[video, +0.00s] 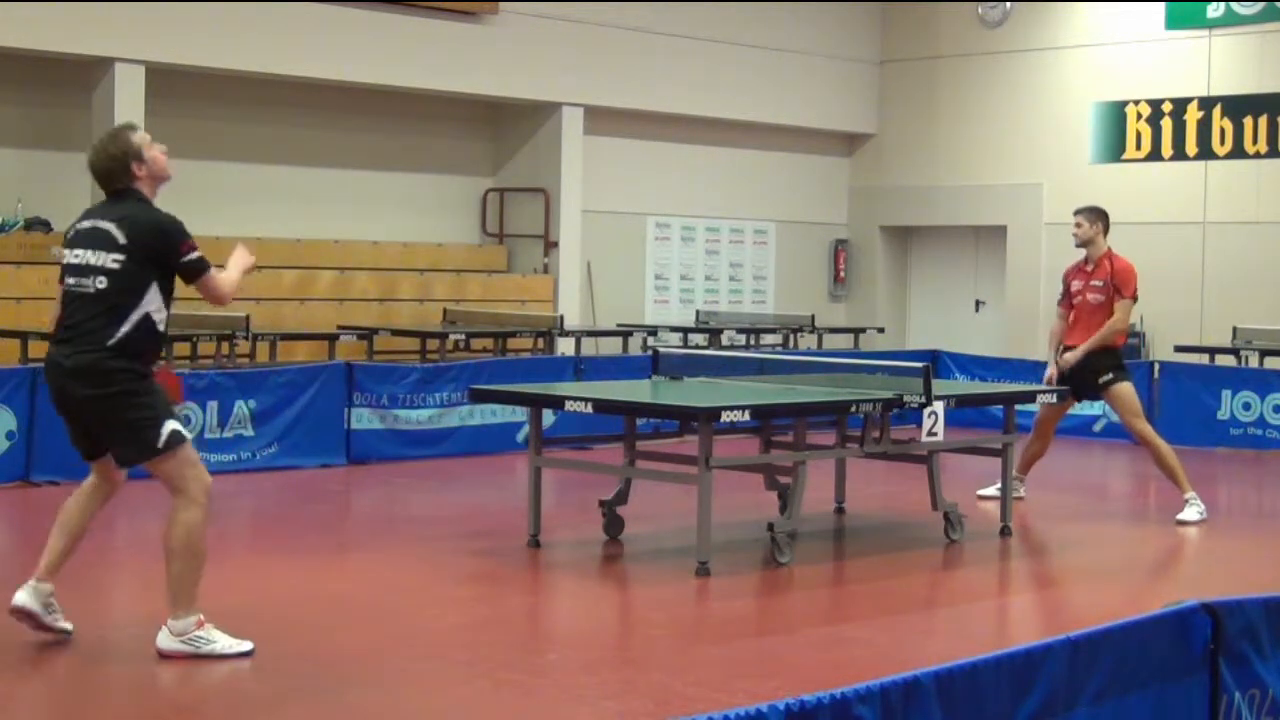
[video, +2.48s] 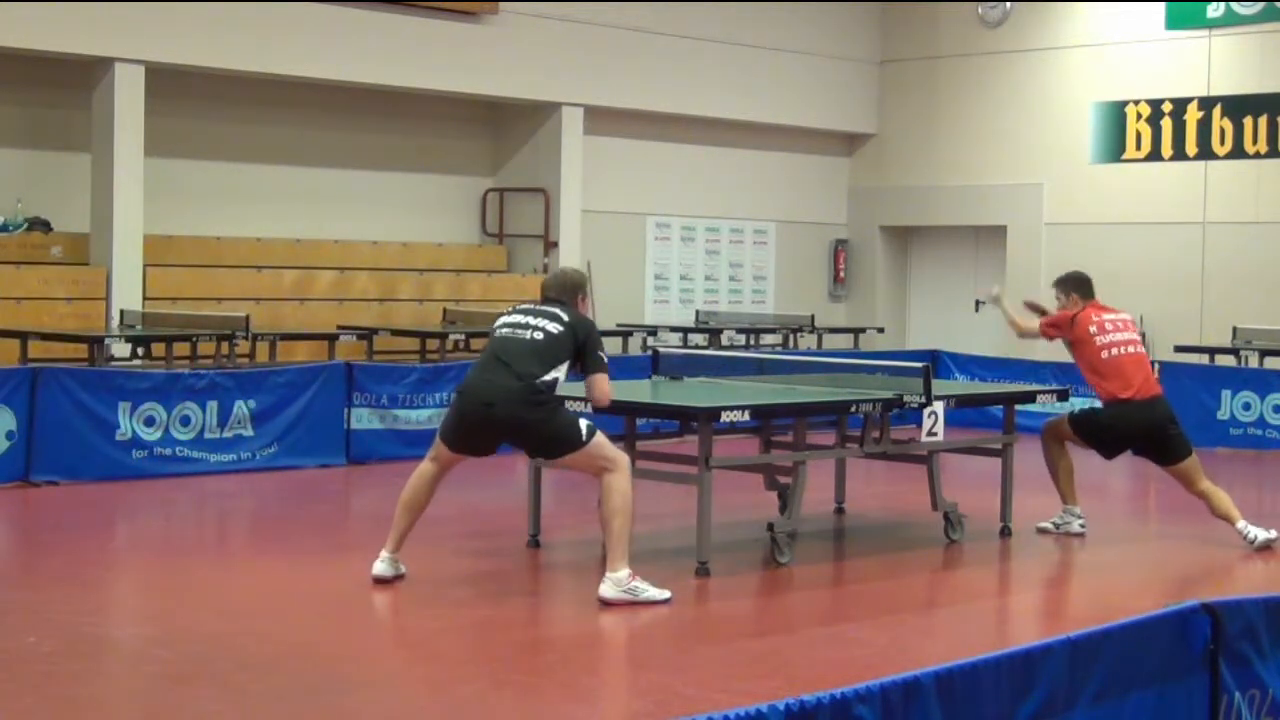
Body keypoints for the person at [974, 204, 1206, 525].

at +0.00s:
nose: (1073, 231)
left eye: (1079, 226)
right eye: (1073, 226)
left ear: (1098, 229)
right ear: (1087, 230)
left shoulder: (1121, 269)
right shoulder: (1072, 272)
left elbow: (1120, 323)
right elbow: (1061, 319)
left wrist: (1079, 352)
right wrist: (1051, 361)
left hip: (1104, 356)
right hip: (1070, 356)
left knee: (1138, 426)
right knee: (1043, 422)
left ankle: (1191, 498)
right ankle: (1016, 481)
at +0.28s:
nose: (1075, 231)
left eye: (1081, 225)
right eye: (1073, 226)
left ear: (1098, 229)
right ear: (1071, 231)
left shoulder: (1116, 269)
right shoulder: (1066, 273)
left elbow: (1112, 323)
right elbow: (1061, 320)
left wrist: (1086, 363)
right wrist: (1048, 361)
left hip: (1105, 357)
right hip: (1069, 357)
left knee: (1138, 426)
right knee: (1036, 422)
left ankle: (1191, 498)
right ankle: (1015, 481)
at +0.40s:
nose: (1054, 262)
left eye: (1052, 254)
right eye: (1050, 256)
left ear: (1063, 243)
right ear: (1075, 237)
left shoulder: (1076, 265)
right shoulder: (1121, 249)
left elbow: (1057, 328)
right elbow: (1125, 292)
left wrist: (1033, 359)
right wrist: (1090, 311)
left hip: (1126, 349)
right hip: (1164, 344)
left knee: (1083, 427)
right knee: (1168, 437)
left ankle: (1074, 514)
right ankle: (1185, 519)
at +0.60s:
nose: (1032, 296)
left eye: (1030, 288)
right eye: (1028, 291)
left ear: (1041, 277)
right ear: (1053, 271)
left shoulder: (1055, 293)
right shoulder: (1092, 276)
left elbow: (1031, 353)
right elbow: (1097, 317)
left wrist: (1007, 373)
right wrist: (1064, 335)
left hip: (1121, 359)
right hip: (1159, 351)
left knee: (1073, 427)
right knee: (1186, 441)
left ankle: (1073, 514)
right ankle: (1229, 514)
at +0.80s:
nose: (1028, 323)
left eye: (1028, 317)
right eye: (1025, 319)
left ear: (1040, 307)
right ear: (1051, 299)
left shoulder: (1052, 323)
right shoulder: (1086, 306)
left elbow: (1017, 370)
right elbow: (1072, 355)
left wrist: (994, 367)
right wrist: (1031, 352)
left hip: (1125, 382)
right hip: (1161, 375)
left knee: (1063, 429)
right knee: (1198, 462)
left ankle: (1072, 514)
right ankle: (1254, 523)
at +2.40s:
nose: (1051, 316)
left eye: (1052, 309)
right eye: (1050, 310)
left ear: (1068, 305)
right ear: (1080, 302)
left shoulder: (1066, 328)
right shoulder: (1115, 319)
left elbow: (1022, 351)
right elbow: (1078, 345)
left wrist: (995, 342)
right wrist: (1040, 332)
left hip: (1119, 417)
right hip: (1158, 413)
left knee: (1052, 431)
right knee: (1201, 486)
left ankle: (1071, 514)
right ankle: (1247, 530)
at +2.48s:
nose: (1058, 307)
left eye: (1060, 300)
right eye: (1058, 301)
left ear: (1074, 298)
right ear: (1089, 295)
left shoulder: (1073, 318)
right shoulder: (1121, 316)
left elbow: (1022, 328)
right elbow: (1083, 335)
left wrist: (1001, 302)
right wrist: (1051, 316)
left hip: (1118, 416)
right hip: (1157, 413)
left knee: (1052, 432)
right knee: (1201, 484)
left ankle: (1071, 514)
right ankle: (1248, 530)